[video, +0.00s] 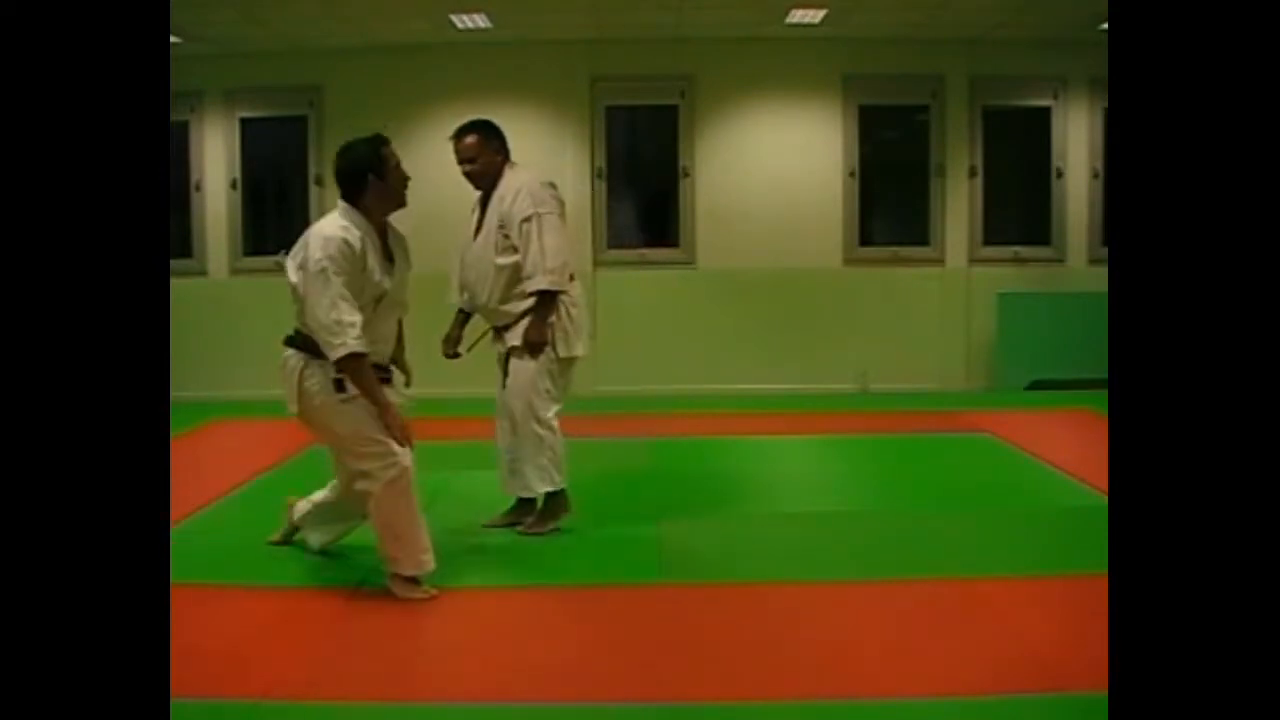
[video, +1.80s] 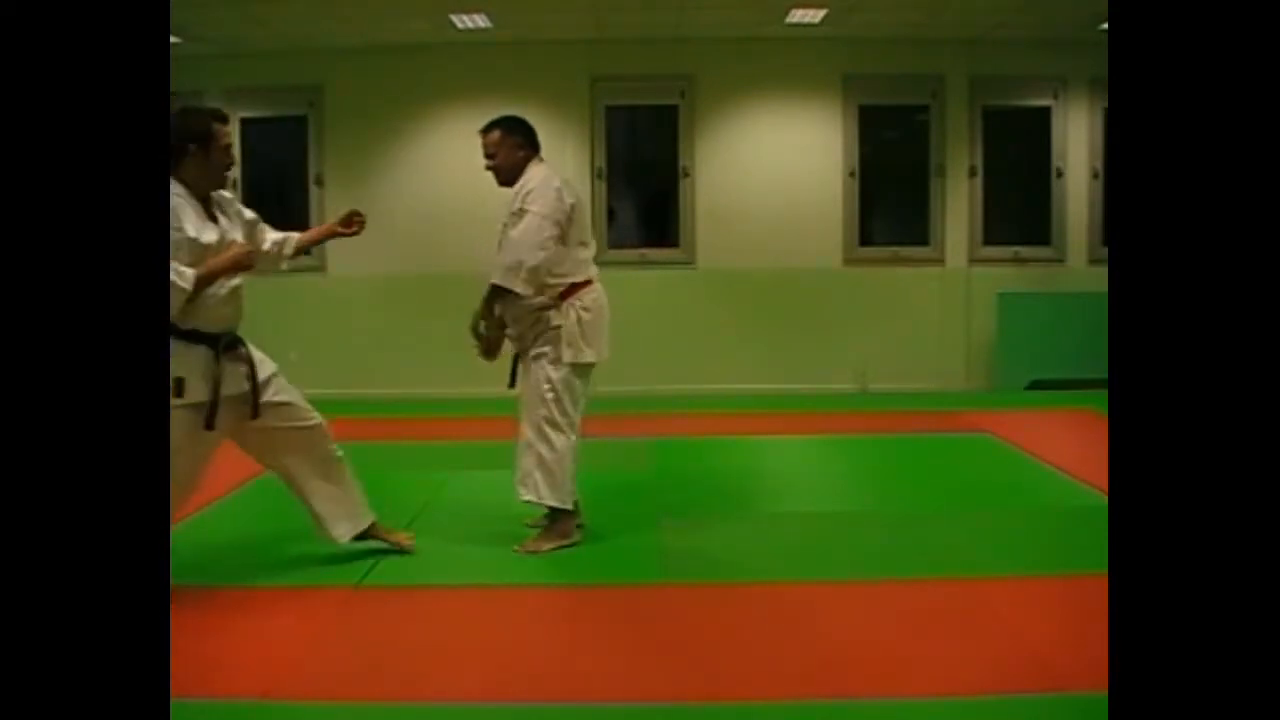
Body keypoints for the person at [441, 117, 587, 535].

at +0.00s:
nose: (465, 170)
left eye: (471, 160)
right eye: (460, 162)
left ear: (497, 154)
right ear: (462, 162)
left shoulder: (530, 192)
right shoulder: (486, 201)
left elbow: (550, 257)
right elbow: (478, 270)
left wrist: (541, 317)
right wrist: (459, 323)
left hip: (543, 318)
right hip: (510, 322)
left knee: (530, 404)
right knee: (510, 409)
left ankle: (553, 496)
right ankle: (524, 496)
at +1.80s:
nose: (488, 164)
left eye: (494, 153)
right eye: (486, 155)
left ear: (521, 150)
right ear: (518, 153)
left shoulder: (544, 190)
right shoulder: (528, 192)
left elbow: (516, 261)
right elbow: (511, 263)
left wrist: (487, 314)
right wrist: (493, 316)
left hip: (566, 316)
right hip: (549, 317)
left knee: (550, 416)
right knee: (546, 415)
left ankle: (562, 518)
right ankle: (559, 509)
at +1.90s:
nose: (493, 166)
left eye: (498, 156)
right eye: (491, 158)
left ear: (528, 153)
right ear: (522, 156)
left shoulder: (550, 193)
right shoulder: (530, 197)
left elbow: (518, 250)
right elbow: (521, 272)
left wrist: (472, 273)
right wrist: (490, 323)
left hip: (572, 319)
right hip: (550, 321)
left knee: (552, 419)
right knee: (545, 416)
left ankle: (560, 521)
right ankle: (567, 506)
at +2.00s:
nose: (500, 168)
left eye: (507, 159)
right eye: (498, 160)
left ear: (535, 154)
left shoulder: (557, 187)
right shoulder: (526, 202)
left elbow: (504, 225)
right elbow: (498, 273)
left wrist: (459, 221)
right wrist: (448, 297)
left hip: (581, 320)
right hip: (552, 325)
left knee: (562, 418)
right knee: (546, 419)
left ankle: (565, 519)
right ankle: (563, 511)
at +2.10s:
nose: (507, 169)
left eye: (514, 159)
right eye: (504, 161)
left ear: (541, 156)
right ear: (516, 160)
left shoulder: (566, 188)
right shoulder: (527, 199)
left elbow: (507, 208)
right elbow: (492, 256)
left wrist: (456, 186)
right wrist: (427, 267)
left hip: (584, 322)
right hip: (548, 328)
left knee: (566, 415)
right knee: (546, 418)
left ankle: (569, 516)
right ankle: (559, 508)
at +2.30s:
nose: (526, 173)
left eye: (532, 163)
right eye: (520, 167)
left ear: (557, 159)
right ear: (517, 169)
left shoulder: (590, 188)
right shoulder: (519, 206)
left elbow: (554, 199)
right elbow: (493, 245)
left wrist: (502, 176)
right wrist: (449, 239)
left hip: (585, 324)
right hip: (538, 329)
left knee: (572, 411)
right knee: (541, 419)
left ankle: (592, 511)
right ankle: (568, 505)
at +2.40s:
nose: (529, 179)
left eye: (535, 169)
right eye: (524, 171)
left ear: (560, 161)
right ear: (520, 171)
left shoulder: (597, 190)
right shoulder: (519, 212)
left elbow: (581, 215)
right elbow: (489, 271)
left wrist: (523, 199)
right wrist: (491, 252)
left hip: (585, 330)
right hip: (538, 333)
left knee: (579, 425)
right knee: (540, 426)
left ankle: (593, 514)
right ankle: (567, 504)